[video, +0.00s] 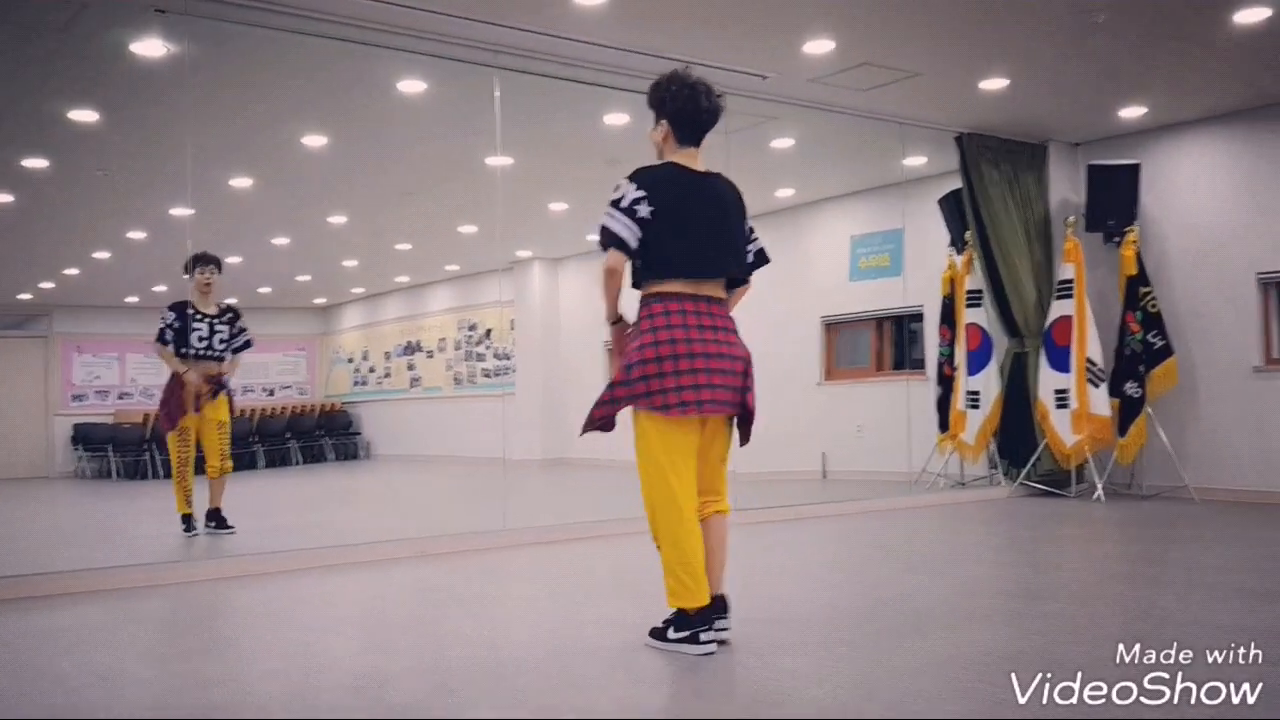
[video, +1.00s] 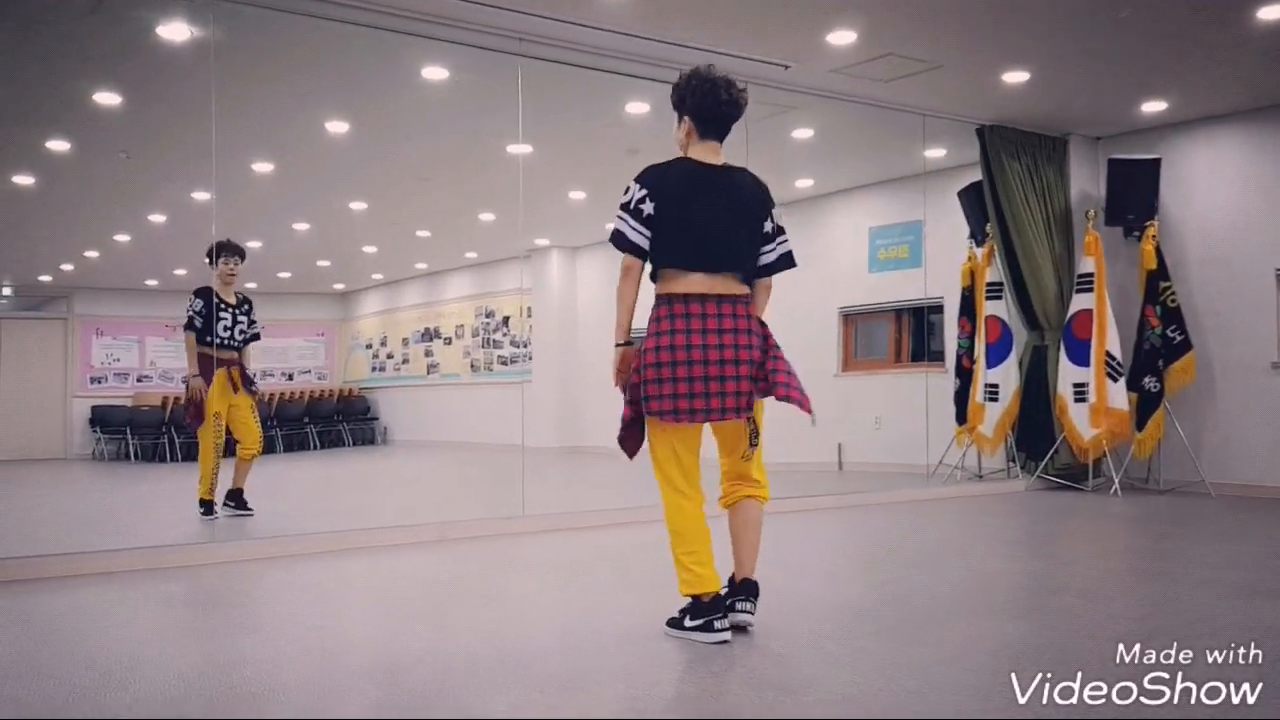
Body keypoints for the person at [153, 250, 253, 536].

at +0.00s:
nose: (207, 278)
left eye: (212, 273)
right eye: (201, 273)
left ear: (219, 278)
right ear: (191, 277)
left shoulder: (229, 314)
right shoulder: (177, 311)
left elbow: (238, 349)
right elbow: (162, 346)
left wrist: (229, 371)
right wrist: (183, 372)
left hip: (216, 391)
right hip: (183, 391)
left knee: (219, 454)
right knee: (183, 456)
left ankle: (215, 512)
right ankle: (187, 514)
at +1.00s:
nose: (232, 268)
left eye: (236, 263)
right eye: (226, 263)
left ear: (242, 268)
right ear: (214, 267)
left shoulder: (245, 303)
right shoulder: (203, 295)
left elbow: (244, 346)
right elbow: (190, 334)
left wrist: (248, 379)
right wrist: (193, 373)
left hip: (235, 372)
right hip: (209, 372)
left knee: (251, 438)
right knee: (212, 438)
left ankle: (235, 495)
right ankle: (207, 499)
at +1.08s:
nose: (242, 261)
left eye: (247, 256)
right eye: (236, 256)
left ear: (253, 260)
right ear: (225, 260)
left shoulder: (260, 295)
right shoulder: (213, 289)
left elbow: (263, 336)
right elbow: (197, 325)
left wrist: (258, 360)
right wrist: (209, 360)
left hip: (247, 366)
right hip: (218, 365)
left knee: (260, 433)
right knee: (218, 434)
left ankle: (247, 489)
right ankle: (218, 493)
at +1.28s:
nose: (263, 248)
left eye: (267, 244)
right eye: (256, 244)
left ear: (274, 250)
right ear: (247, 251)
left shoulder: (288, 284)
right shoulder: (235, 284)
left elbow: (302, 319)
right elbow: (212, 316)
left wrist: (286, 346)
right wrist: (238, 334)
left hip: (271, 362)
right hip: (236, 361)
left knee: (274, 429)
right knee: (236, 426)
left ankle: (268, 477)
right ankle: (240, 479)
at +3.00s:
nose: (254, 264)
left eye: (258, 261)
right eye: (248, 260)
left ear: (264, 268)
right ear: (236, 267)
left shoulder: (268, 302)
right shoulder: (224, 299)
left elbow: (276, 341)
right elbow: (200, 333)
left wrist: (276, 364)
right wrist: (216, 371)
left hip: (270, 374)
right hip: (241, 375)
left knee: (269, 443)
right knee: (249, 444)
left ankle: (259, 495)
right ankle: (232, 496)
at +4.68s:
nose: (263, 278)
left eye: (268, 273)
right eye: (258, 273)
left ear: (273, 275)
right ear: (247, 272)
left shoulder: (278, 305)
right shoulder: (228, 300)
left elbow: (283, 341)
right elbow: (204, 330)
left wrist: (274, 362)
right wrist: (231, 356)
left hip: (265, 381)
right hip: (235, 381)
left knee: (280, 438)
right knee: (231, 445)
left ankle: (281, 496)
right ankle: (226, 502)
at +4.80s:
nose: (265, 271)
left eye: (270, 267)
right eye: (259, 266)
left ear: (275, 273)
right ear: (247, 271)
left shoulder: (284, 307)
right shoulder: (232, 304)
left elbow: (294, 345)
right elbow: (201, 331)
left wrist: (278, 366)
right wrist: (232, 338)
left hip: (272, 383)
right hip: (239, 383)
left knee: (295, 435)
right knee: (233, 447)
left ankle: (319, 490)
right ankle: (227, 502)